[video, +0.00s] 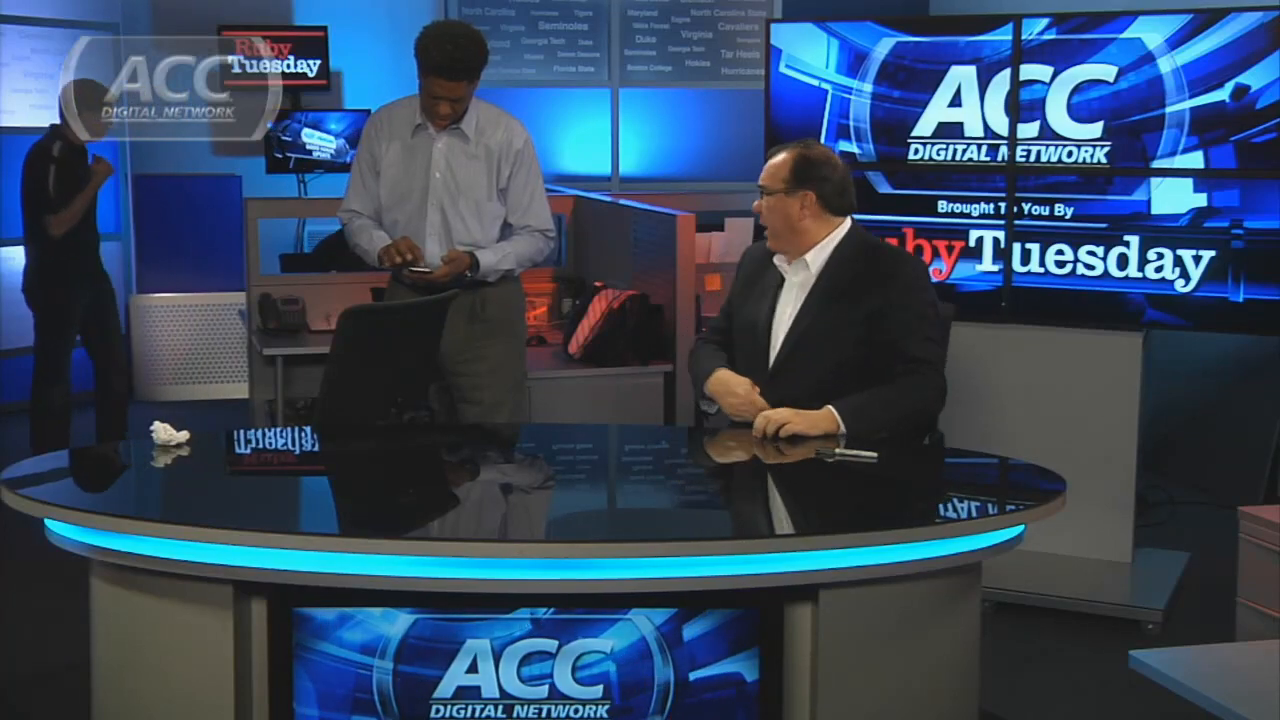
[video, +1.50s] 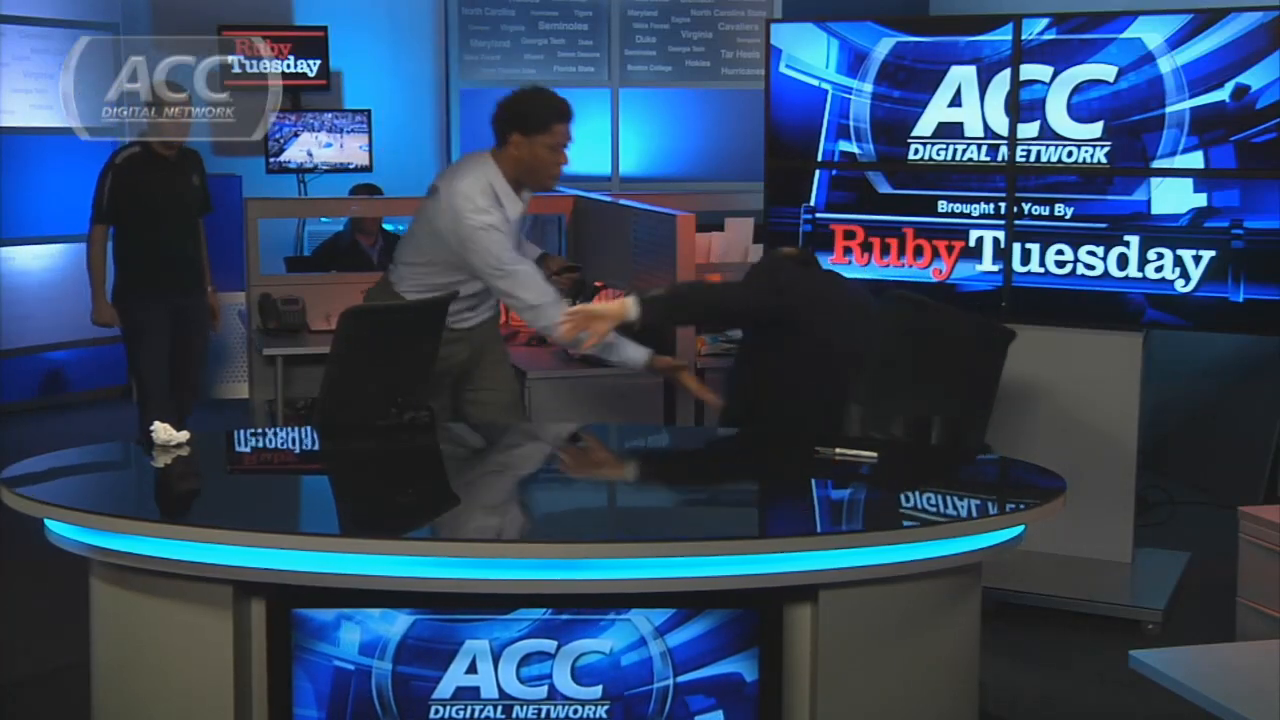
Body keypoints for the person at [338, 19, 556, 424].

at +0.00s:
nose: (443, 110)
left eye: (456, 100)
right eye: (433, 97)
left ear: (475, 83)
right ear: (420, 77)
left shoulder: (508, 137)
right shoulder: (383, 127)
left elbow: (538, 237)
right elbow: (355, 216)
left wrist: (475, 260)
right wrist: (382, 247)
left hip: (485, 314)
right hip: (406, 312)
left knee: (489, 449)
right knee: (406, 451)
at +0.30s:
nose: (443, 111)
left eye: (456, 101)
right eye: (433, 98)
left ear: (475, 84)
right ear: (420, 77)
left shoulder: (508, 137)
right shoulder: (384, 126)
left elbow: (538, 237)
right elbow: (355, 215)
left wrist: (474, 260)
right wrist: (379, 248)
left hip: (485, 314)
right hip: (406, 312)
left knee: (488, 450)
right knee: (406, 451)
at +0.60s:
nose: (442, 111)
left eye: (455, 101)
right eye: (433, 98)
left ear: (475, 84)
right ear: (420, 77)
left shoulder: (508, 138)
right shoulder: (383, 128)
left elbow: (538, 237)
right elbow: (355, 216)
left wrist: (474, 260)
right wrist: (378, 247)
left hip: (485, 314)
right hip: (406, 312)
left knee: (488, 450)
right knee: (406, 451)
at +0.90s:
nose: (442, 111)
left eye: (455, 101)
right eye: (433, 97)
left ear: (475, 84)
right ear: (419, 77)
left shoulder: (508, 138)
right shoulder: (383, 128)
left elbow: (538, 237)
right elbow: (355, 215)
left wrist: (475, 259)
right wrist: (379, 247)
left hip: (485, 315)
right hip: (406, 313)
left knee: (487, 451)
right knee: (407, 452)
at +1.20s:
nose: (478, 105)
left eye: (486, 93)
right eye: (466, 93)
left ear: (495, 85)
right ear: (435, 78)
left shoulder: (511, 141)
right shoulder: (385, 127)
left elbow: (538, 225)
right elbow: (359, 222)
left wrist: (505, 259)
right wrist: (412, 255)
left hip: (486, 311)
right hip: (409, 309)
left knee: (484, 444)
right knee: (410, 442)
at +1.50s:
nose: (564, 160)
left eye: (565, 149)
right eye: (556, 148)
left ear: (522, 146)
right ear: (516, 143)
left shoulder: (506, 186)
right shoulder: (469, 206)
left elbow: (503, 245)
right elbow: (550, 317)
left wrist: (541, 264)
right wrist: (647, 360)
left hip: (475, 337)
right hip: (411, 343)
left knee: (508, 449)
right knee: (412, 462)